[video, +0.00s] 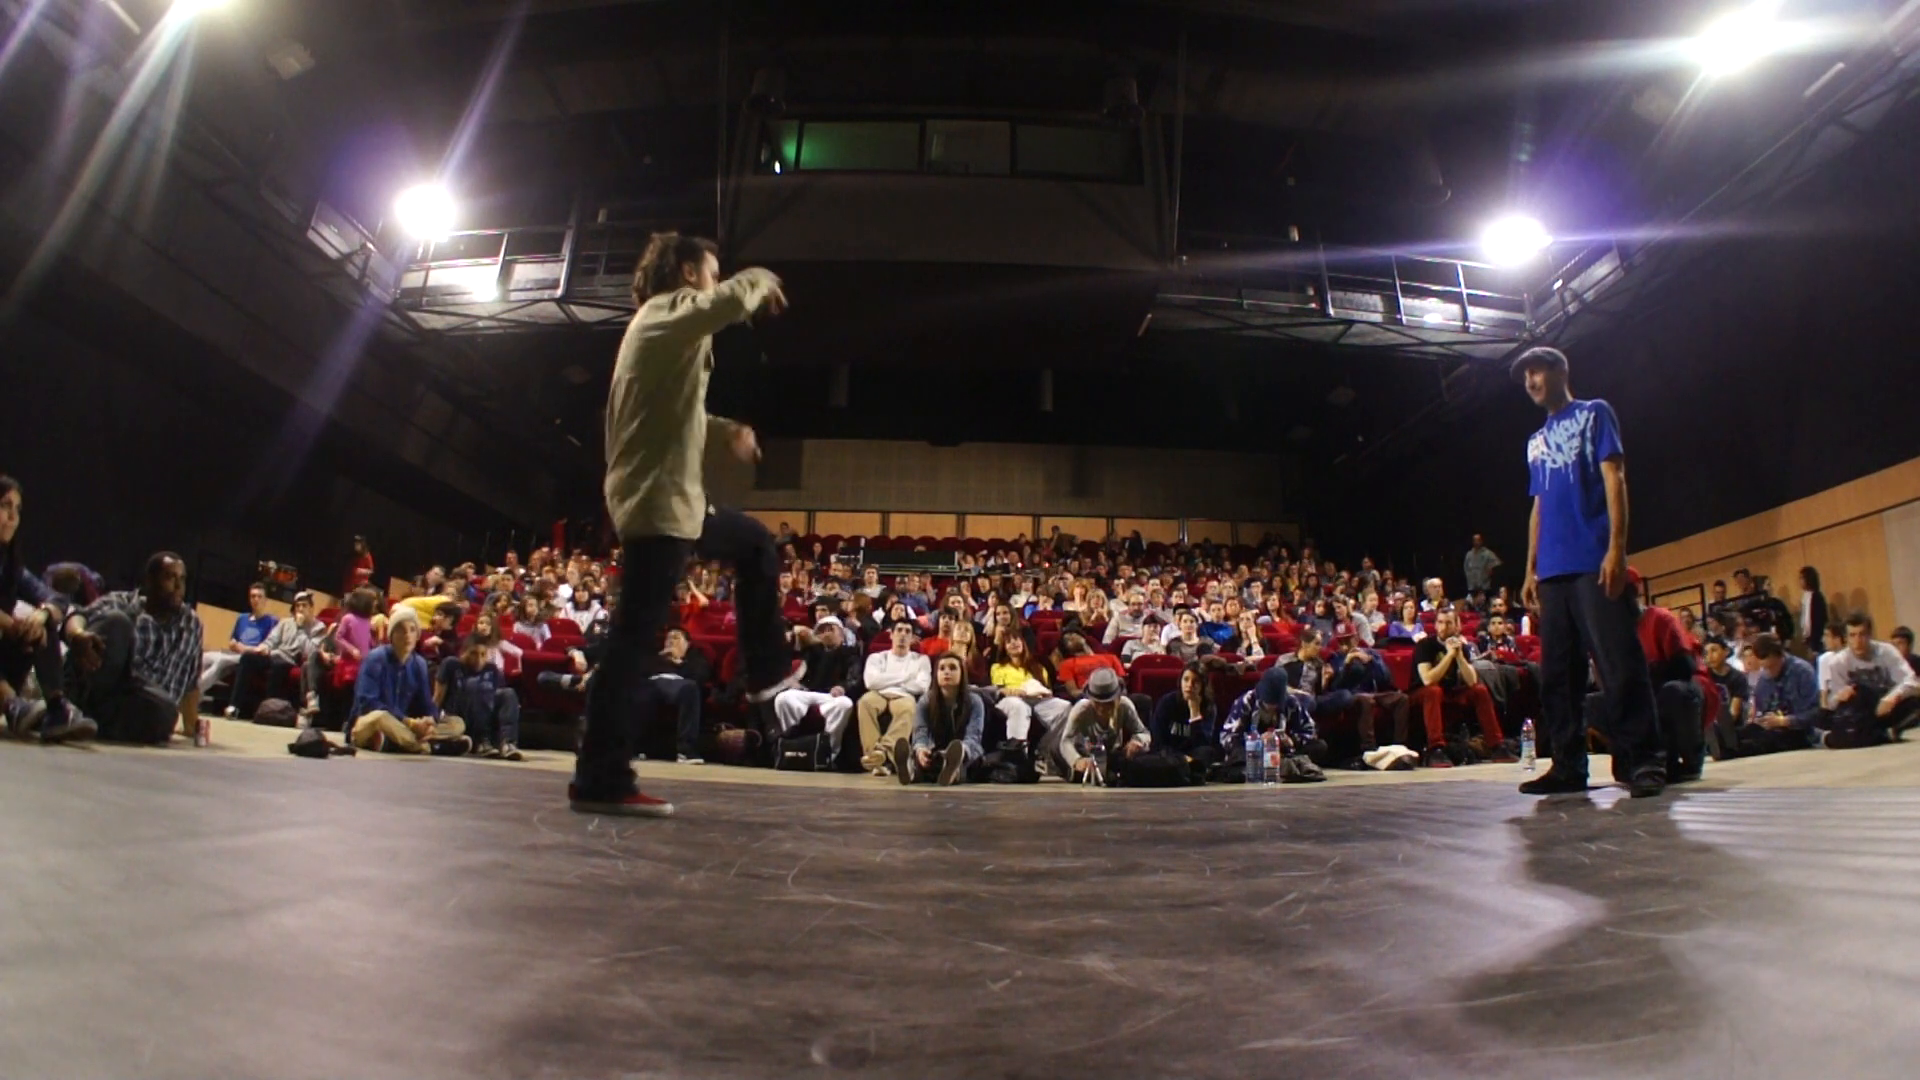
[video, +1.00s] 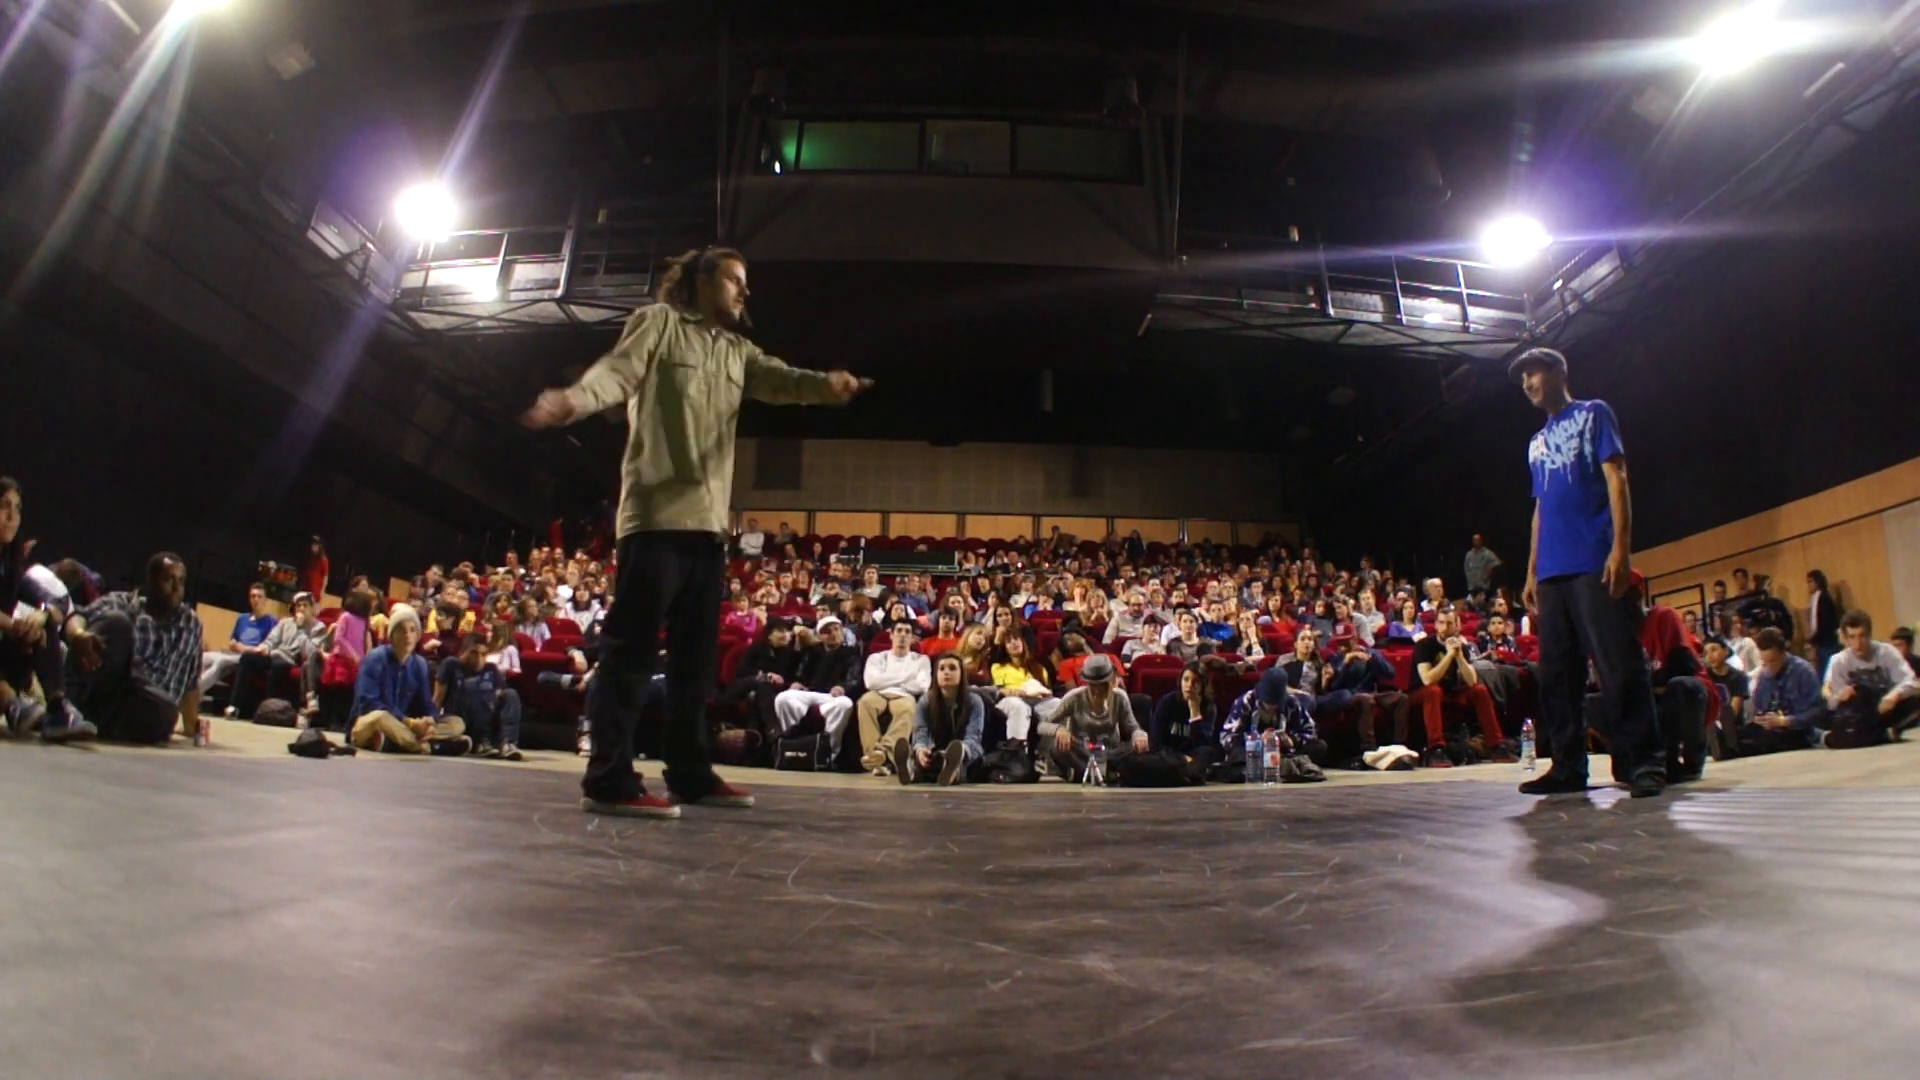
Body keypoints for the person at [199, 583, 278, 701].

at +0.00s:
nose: (256, 600)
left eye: (259, 596)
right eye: (253, 596)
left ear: (265, 599)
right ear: (249, 599)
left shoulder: (271, 621)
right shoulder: (242, 618)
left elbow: (265, 648)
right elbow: (233, 640)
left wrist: (243, 648)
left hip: (252, 656)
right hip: (234, 653)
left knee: (221, 661)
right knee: (204, 657)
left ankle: (195, 692)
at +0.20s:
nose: (256, 600)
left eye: (259, 596)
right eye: (253, 596)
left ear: (265, 600)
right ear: (249, 599)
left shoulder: (272, 622)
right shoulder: (242, 618)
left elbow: (264, 648)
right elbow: (233, 640)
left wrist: (241, 647)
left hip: (252, 655)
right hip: (234, 652)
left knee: (221, 661)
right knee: (204, 657)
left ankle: (194, 692)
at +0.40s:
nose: (256, 600)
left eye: (259, 596)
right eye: (253, 596)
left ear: (265, 600)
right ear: (249, 599)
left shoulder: (272, 622)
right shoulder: (242, 618)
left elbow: (266, 648)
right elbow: (233, 640)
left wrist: (243, 648)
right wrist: (235, 645)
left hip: (253, 656)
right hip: (235, 653)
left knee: (222, 661)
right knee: (203, 657)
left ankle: (194, 692)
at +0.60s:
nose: (256, 600)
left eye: (259, 596)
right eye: (253, 596)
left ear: (265, 599)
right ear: (249, 599)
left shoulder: (272, 622)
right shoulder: (242, 618)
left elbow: (266, 648)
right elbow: (233, 639)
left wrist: (243, 648)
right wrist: (235, 645)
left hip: (253, 656)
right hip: (235, 653)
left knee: (221, 661)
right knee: (203, 657)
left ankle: (195, 692)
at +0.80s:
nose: (256, 600)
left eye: (259, 596)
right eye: (253, 596)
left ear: (265, 599)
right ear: (249, 599)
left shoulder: (272, 622)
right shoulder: (242, 618)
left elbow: (265, 648)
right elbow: (233, 640)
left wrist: (242, 648)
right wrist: (234, 645)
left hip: (252, 656)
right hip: (234, 653)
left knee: (221, 661)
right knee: (203, 657)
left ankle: (195, 693)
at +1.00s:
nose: (256, 600)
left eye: (259, 596)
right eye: (253, 596)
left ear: (265, 599)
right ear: (249, 598)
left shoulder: (271, 621)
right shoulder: (242, 618)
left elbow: (266, 647)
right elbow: (233, 640)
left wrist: (243, 648)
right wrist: (236, 646)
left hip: (253, 656)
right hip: (235, 653)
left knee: (221, 661)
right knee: (203, 657)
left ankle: (195, 691)